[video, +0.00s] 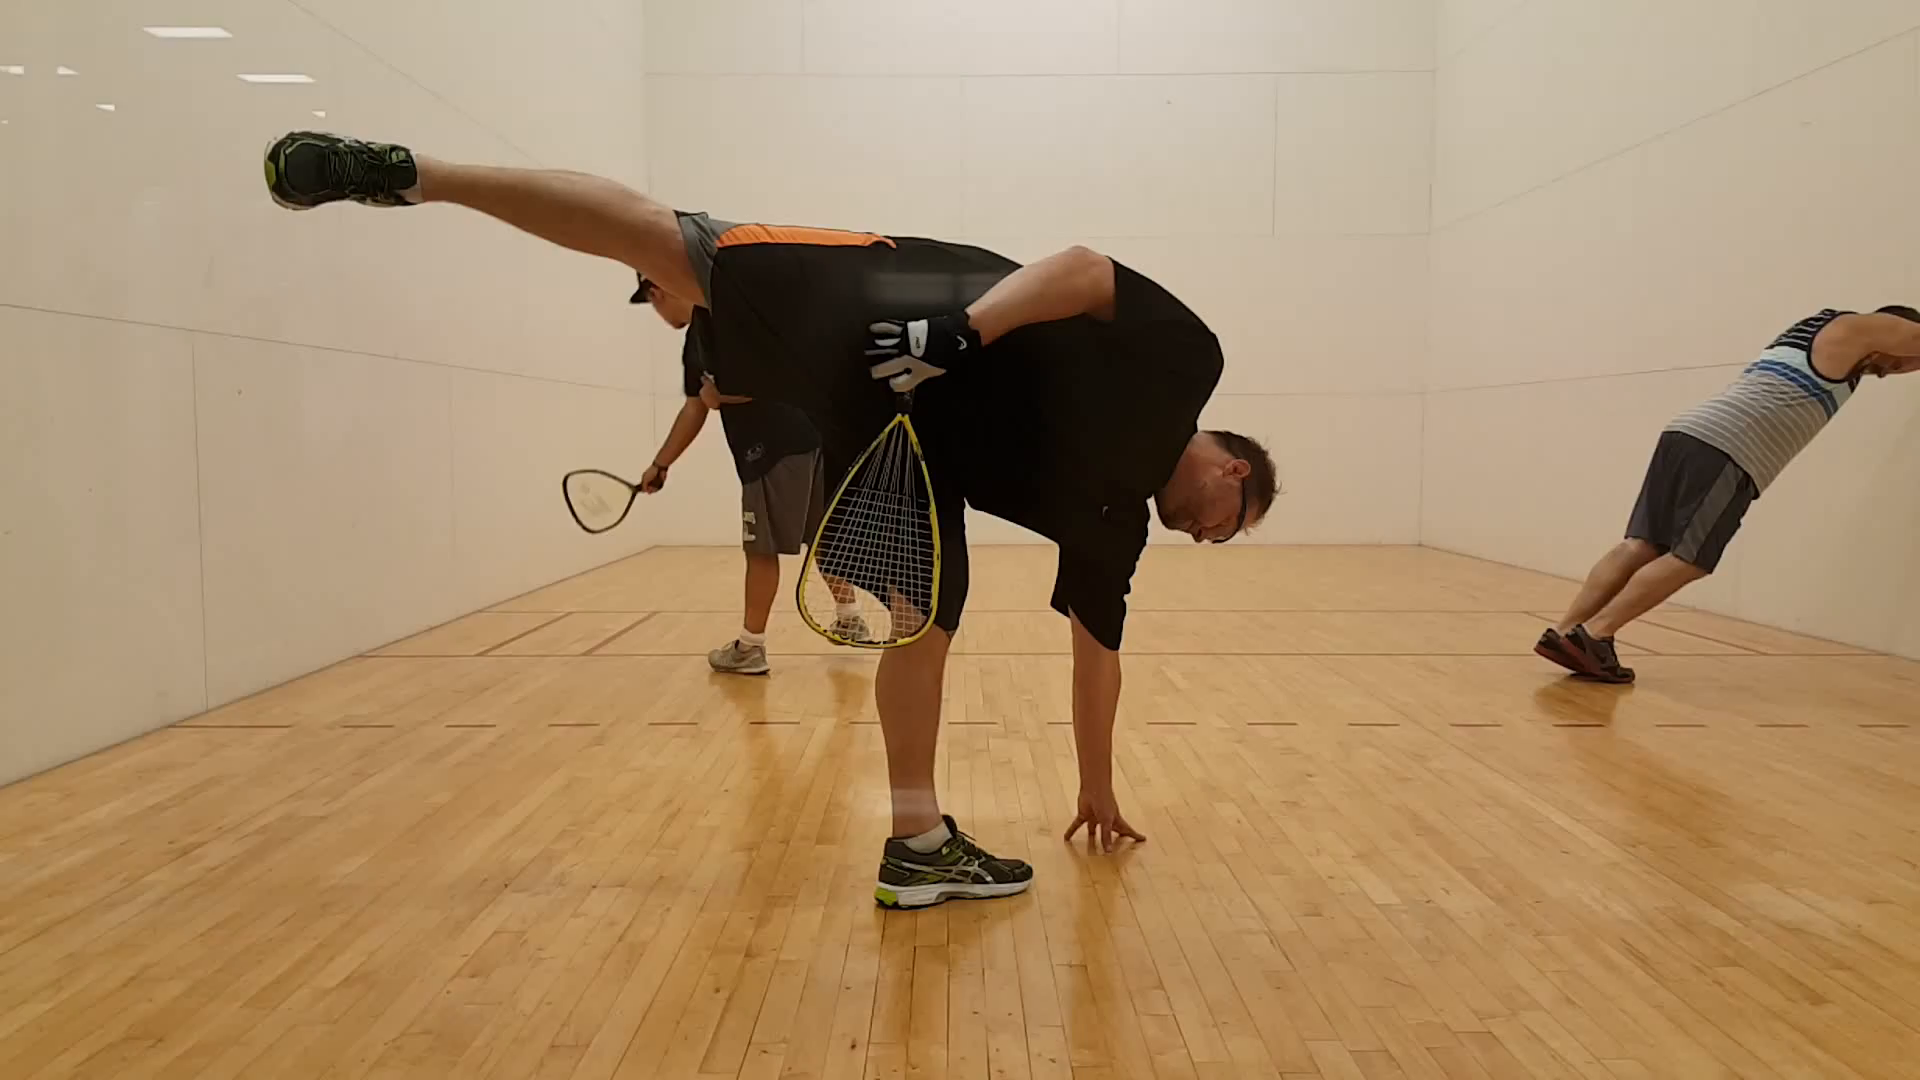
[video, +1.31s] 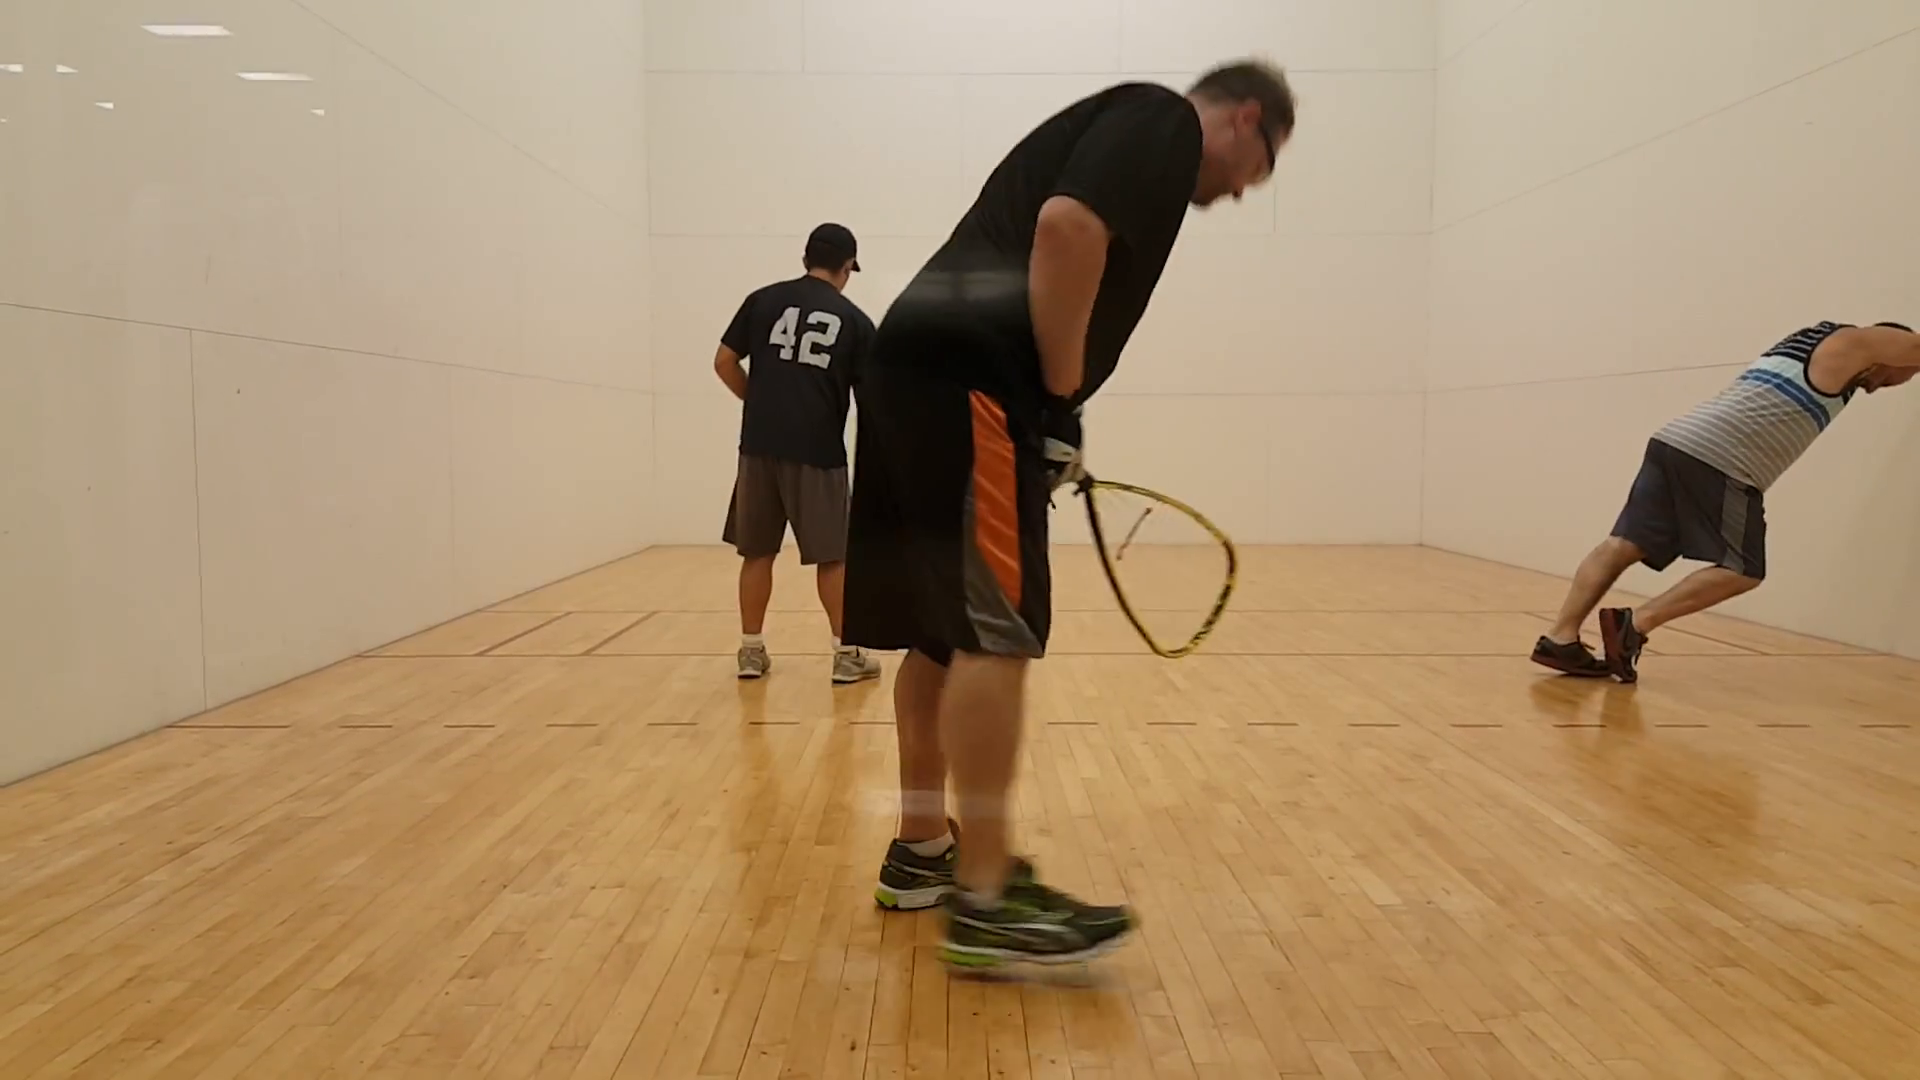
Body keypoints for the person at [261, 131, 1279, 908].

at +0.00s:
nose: (1225, 517)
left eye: (1233, 525)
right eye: (1238, 496)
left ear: (1210, 519)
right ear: (1227, 442)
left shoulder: (1109, 531)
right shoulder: (1182, 357)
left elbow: (1094, 658)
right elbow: (1078, 273)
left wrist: (1100, 792)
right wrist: (961, 332)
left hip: (882, 414)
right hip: (871, 301)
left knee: (924, 606)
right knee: (676, 247)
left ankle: (915, 841)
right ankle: (401, 175)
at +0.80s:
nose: (1229, 465)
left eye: (1241, 465)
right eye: (1244, 445)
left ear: (1220, 441)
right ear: (1235, 392)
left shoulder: (1106, 474)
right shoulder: (1185, 314)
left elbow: (1064, 600)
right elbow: (1080, 269)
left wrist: (1043, 730)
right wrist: (963, 375)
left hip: (920, 431)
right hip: (906, 333)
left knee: (942, 604)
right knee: (686, 341)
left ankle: (917, 845)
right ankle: (431, 251)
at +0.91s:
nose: (1239, 427)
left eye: (1251, 421)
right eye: (1254, 408)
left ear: (1232, 389)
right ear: (1241, 356)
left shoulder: (1117, 437)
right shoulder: (1186, 288)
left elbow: (1029, 540)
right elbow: (1076, 268)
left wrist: (986, 655)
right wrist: (971, 391)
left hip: (934, 447)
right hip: (899, 346)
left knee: (957, 625)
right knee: (730, 462)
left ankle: (920, 851)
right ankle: (498, 352)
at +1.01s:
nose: (1238, 386)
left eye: (1251, 381)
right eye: (1252, 364)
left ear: (1240, 337)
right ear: (1243, 309)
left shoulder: (1127, 389)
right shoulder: (1183, 254)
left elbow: (1016, 476)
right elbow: (1071, 265)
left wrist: (955, 599)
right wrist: (986, 404)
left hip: (968, 433)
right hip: (915, 356)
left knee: (943, 621)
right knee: (809, 571)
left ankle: (922, 848)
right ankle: (581, 480)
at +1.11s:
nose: (1245, 330)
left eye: (1257, 323)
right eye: (1258, 309)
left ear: (1243, 269)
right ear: (1247, 259)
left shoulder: (1140, 301)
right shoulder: (1177, 212)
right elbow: (1065, 249)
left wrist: (1000, 464)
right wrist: (1012, 412)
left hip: (963, 401)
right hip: (921, 361)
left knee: (955, 622)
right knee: (904, 605)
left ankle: (922, 846)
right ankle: (664, 645)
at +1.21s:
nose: (1250, 259)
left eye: (1265, 249)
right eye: (1264, 236)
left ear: (1240, 197)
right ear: (1248, 192)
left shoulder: (1146, 236)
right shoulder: (1168, 165)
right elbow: (1058, 238)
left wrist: (1027, 431)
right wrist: (1037, 407)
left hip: (933, 371)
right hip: (943, 368)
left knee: (951, 617)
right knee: (972, 611)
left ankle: (923, 844)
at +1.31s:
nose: (1249, 185)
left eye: (1263, 173)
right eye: (1261, 161)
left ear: (1228, 112)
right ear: (1239, 118)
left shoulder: (1122, 123)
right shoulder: (1164, 121)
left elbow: (1024, 243)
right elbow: (1068, 226)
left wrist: (1055, 417)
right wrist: (1062, 396)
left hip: (922, 361)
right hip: (975, 370)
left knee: (945, 626)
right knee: (999, 631)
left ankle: (922, 848)